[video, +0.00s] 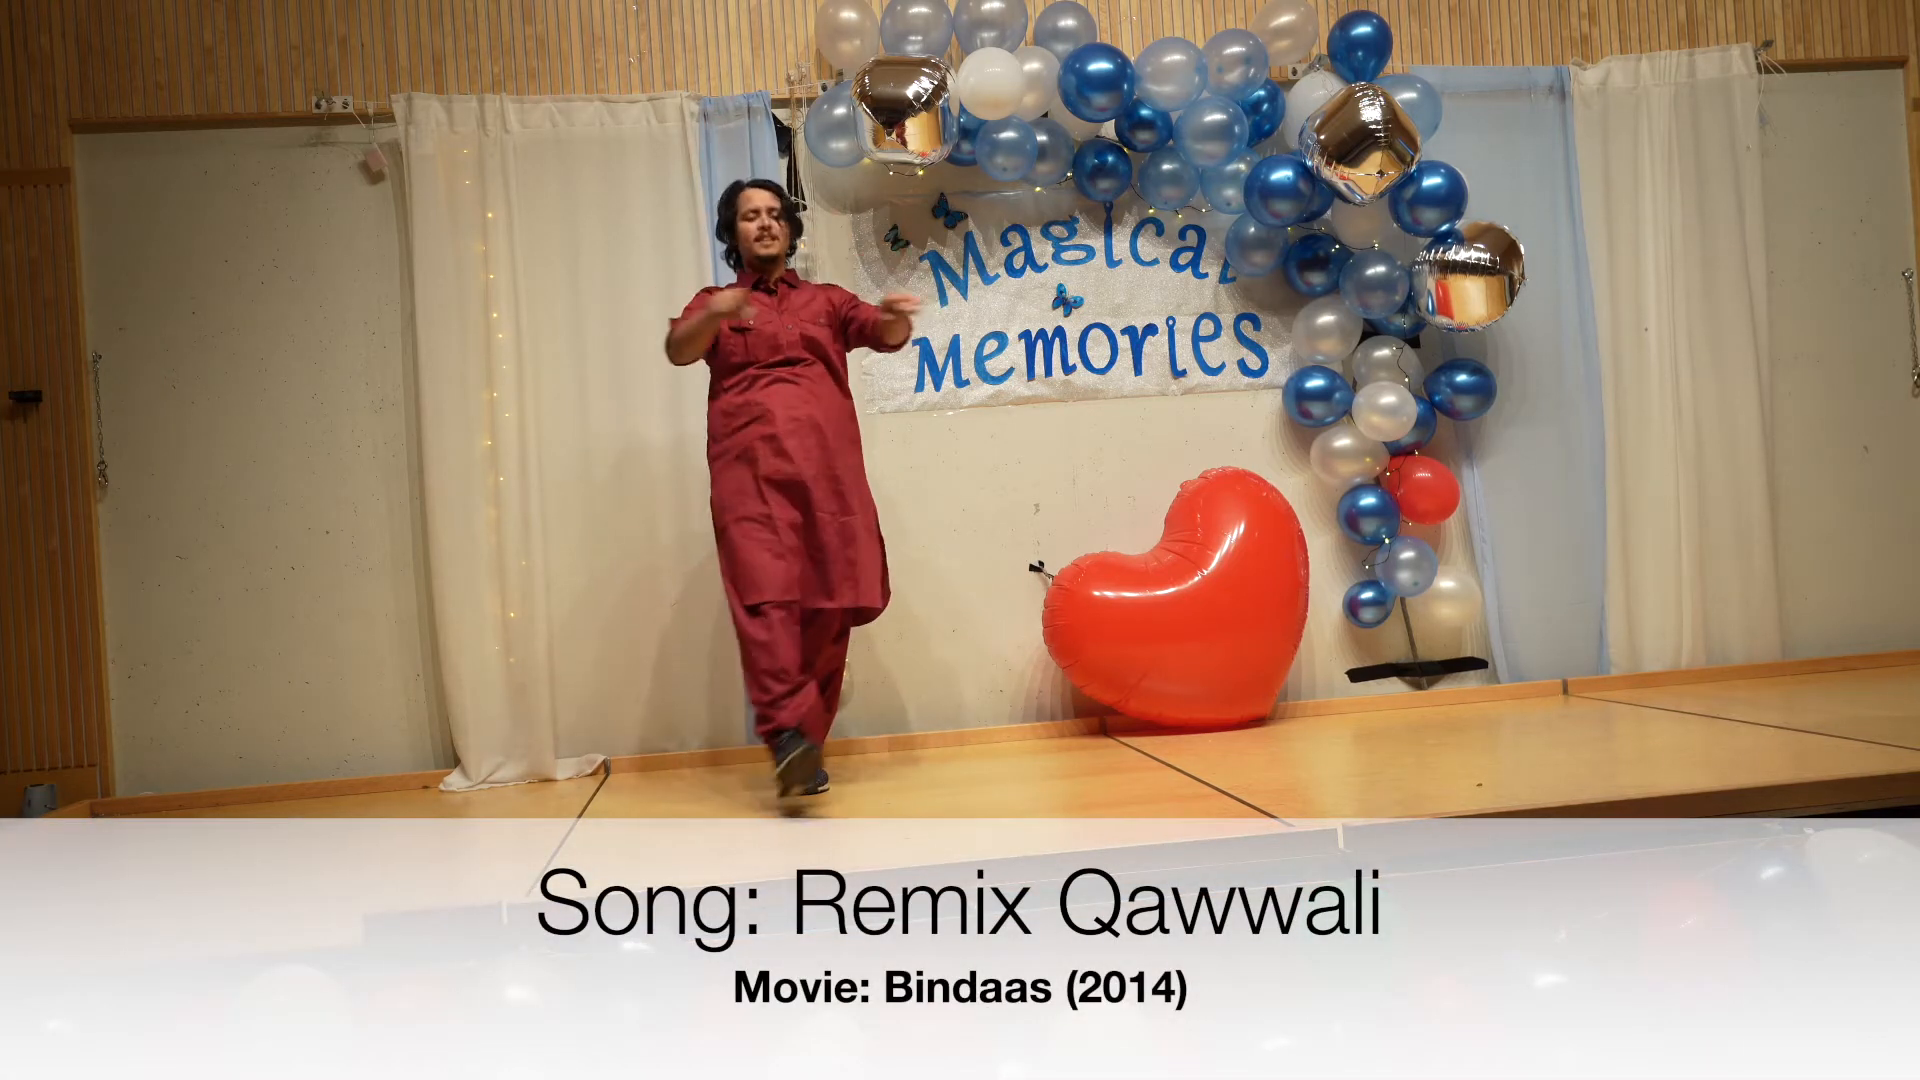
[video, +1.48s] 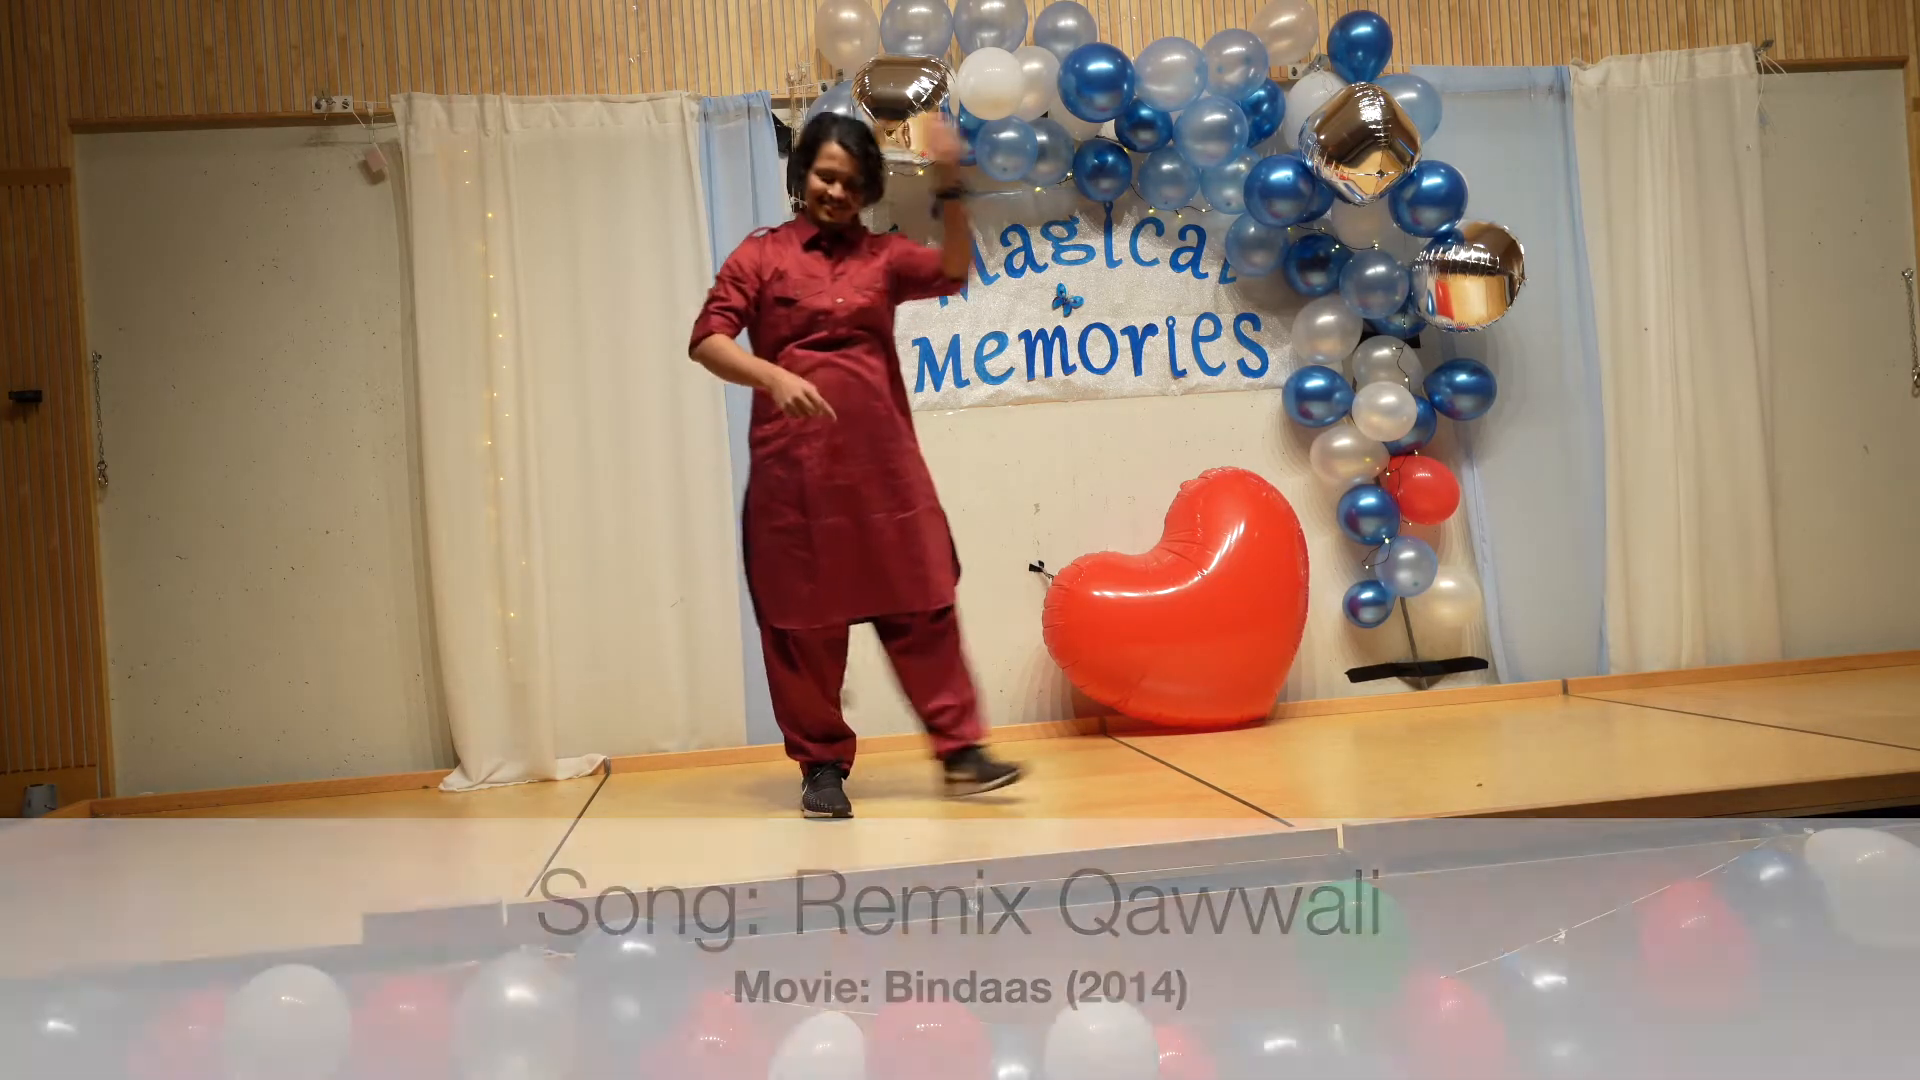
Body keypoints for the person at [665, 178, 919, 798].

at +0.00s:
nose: (764, 224)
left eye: (773, 215)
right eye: (752, 217)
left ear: (791, 229)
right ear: (732, 235)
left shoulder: (826, 299)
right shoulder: (714, 303)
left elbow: (888, 335)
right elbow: (678, 353)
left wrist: (895, 318)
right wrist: (714, 313)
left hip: (827, 471)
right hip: (750, 476)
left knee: (827, 606)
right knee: (767, 602)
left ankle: (808, 742)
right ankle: (791, 742)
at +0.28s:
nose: (771, 241)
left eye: (781, 229)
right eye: (758, 230)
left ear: (798, 230)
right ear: (735, 233)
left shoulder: (826, 288)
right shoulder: (713, 299)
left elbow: (874, 342)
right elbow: (710, 350)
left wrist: (843, 316)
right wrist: (780, 311)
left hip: (831, 466)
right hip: (752, 469)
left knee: (831, 600)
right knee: (780, 593)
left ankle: (800, 744)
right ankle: (826, 718)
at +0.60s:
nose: (781, 239)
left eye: (792, 227)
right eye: (769, 227)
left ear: (808, 224)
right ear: (744, 224)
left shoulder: (833, 282)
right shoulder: (718, 292)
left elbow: (886, 344)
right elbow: (718, 359)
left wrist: (853, 321)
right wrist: (788, 322)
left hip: (835, 478)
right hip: (757, 485)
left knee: (831, 614)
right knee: (776, 619)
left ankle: (806, 746)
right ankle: (811, 756)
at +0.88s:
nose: (795, 230)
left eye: (806, 217)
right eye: (782, 217)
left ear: (822, 211)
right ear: (757, 212)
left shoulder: (846, 273)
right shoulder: (726, 278)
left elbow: (891, 336)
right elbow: (710, 364)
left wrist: (870, 347)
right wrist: (795, 354)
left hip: (844, 475)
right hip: (767, 479)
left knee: (839, 613)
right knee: (782, 620)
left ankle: (816, 748)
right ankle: (815, 760)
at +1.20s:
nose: (810, 176)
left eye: (823, 167)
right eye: (797, 165)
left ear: (838, 184)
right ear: (773, 178)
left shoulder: (860, 256)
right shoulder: (738, 261)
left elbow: (906, 303)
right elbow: (696, 350)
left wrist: (913, 250)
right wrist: (768, 376)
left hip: (859, 464)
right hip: (775, 470)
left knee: (868, 605)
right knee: (787, 613)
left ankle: (839, 734)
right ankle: (817, 762)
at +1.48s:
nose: (835, 191)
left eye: (851, 181)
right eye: (824, 175)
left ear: (869, 187)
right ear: (799, 175)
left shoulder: (884, 253)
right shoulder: (759, 253)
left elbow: (954, 269)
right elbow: (707, 341)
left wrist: (949, 182)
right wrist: (772, 376)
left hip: (882, 461)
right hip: (794, 473)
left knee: (922, 607)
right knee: (801, 627)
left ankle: (962, 752)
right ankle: (822, 767)